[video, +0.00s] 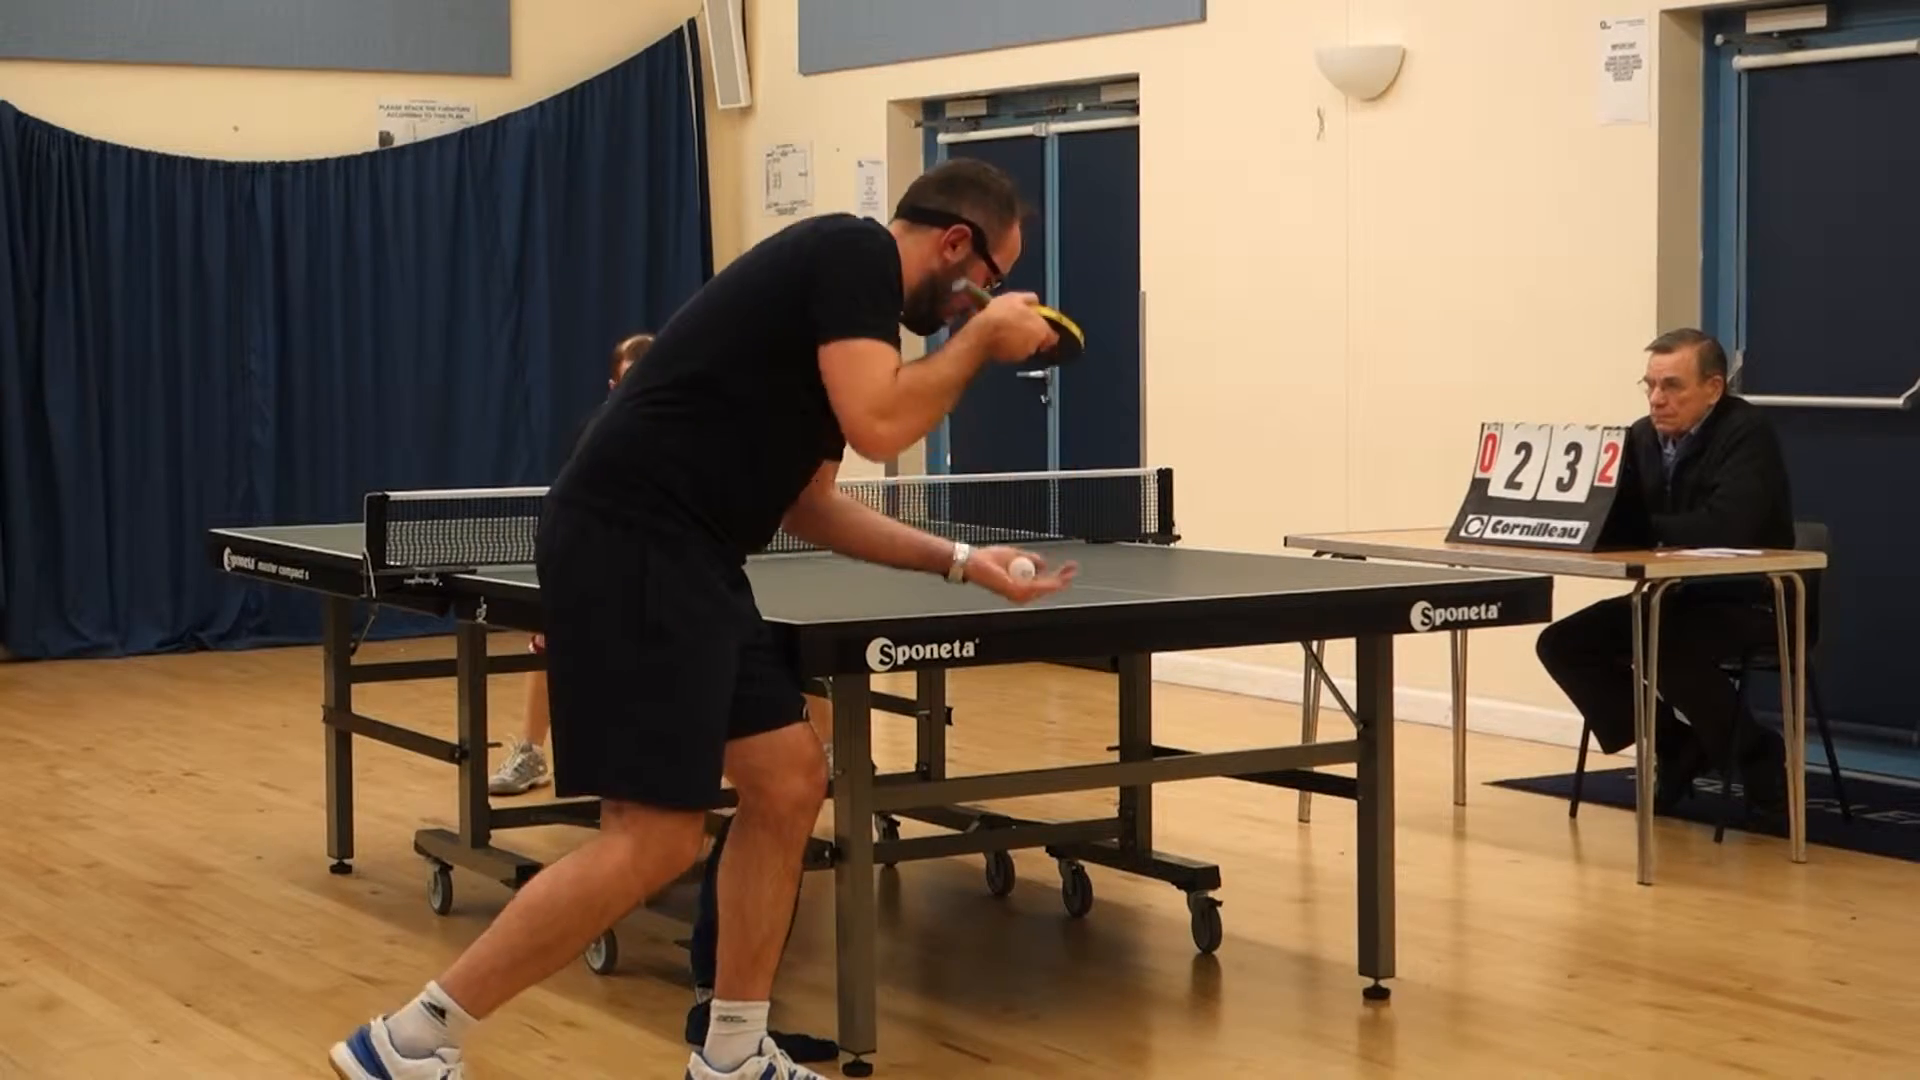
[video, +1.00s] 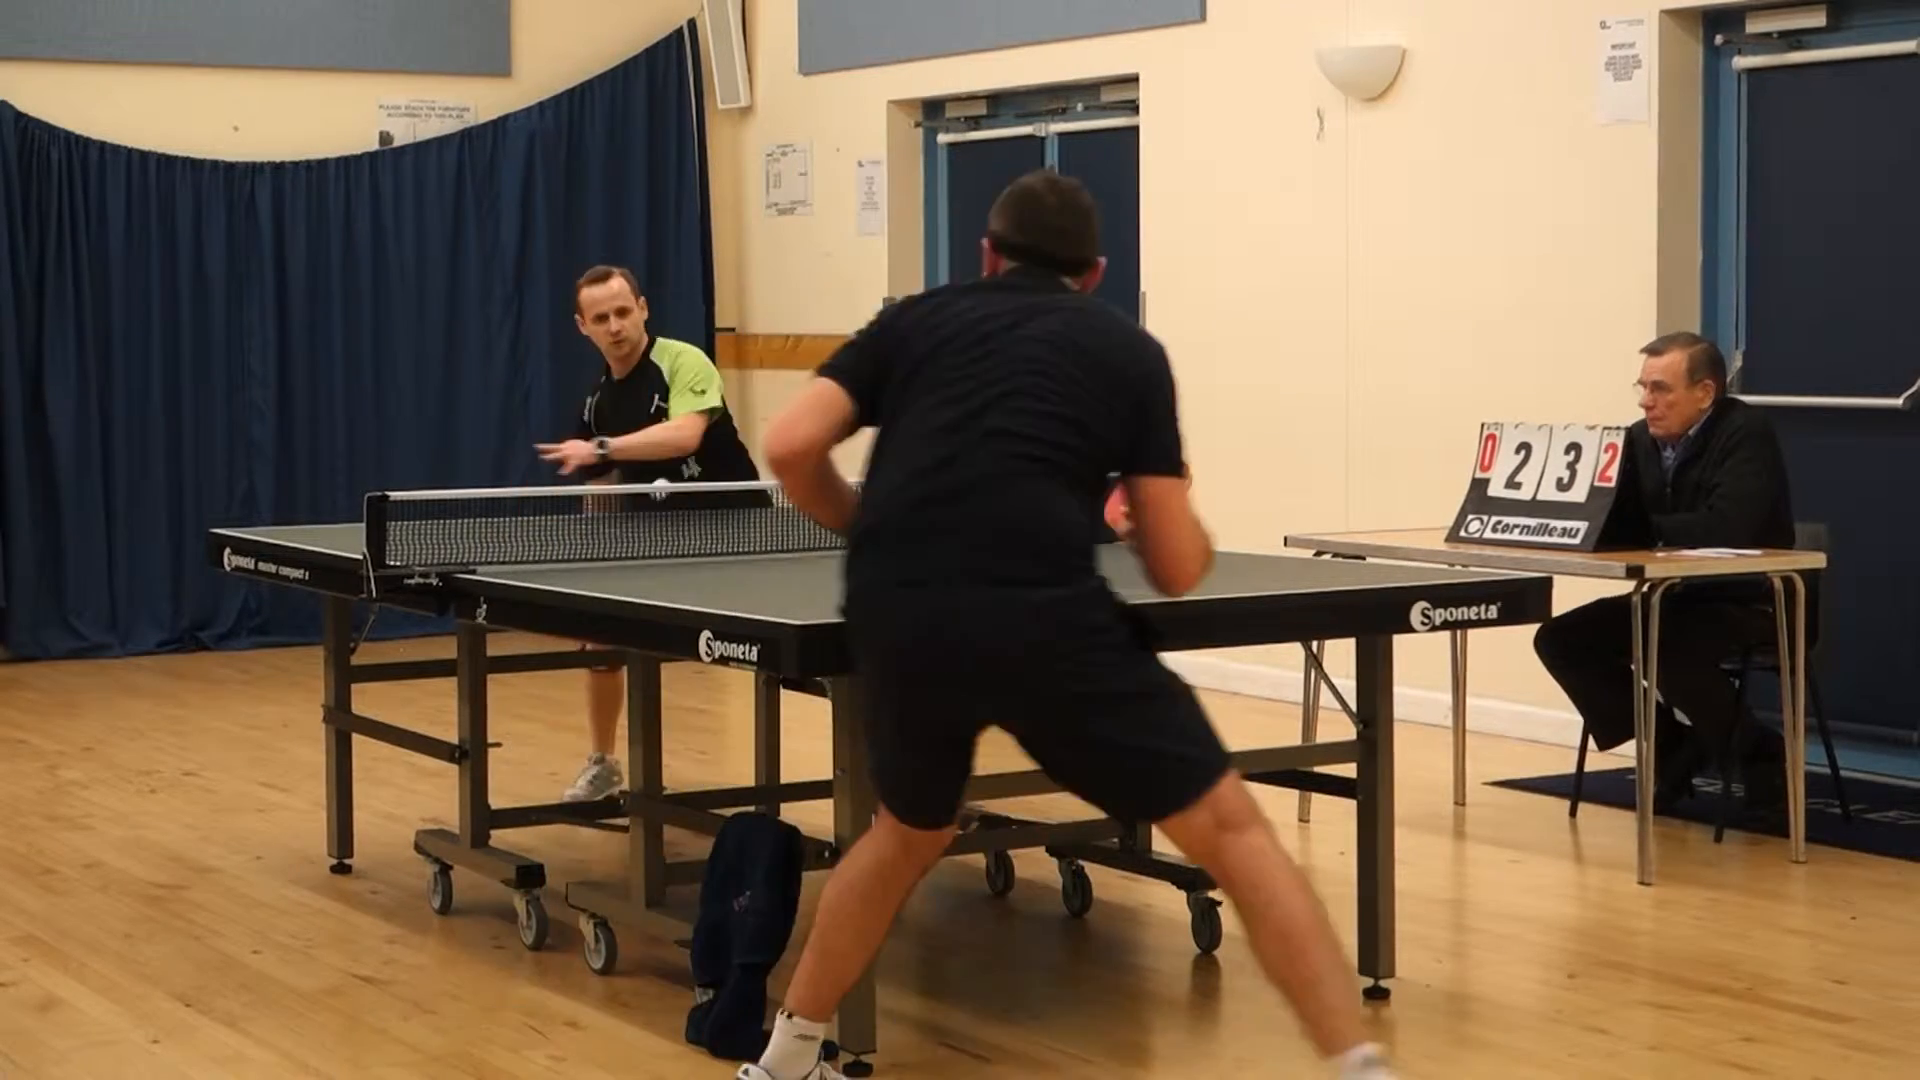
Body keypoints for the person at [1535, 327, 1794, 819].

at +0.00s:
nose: (1656, 398)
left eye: (1671, 385)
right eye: (1651, 384)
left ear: (1713, 388)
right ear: (1644, 385)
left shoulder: (1747, 434)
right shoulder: (1641, 437)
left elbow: (1732, 527)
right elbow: (1607, 515)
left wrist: (1637, 531)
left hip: (1756, 599)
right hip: (1673, 595)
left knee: (1667, 644)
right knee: (1562, 644)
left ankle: (1758, 753)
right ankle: (1673, 742)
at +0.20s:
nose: (1656, 398)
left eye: (1671, 385)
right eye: (1651, 384)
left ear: (1713, 388)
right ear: (1644, 385)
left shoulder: (1747, 434)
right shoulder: (1641, 437)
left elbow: (1733, 527)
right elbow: (1607, 515)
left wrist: (1637, 531)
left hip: (1757, 599)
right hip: (1673, 595)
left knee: (1667, 644)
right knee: (1562, 644)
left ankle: (1758, 753)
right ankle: (1674, 742)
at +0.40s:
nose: (1656, 398)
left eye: (1671, 385)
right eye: (1651, 384)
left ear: (1713, 388)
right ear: (1644, 385)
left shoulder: (1747, 433)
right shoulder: (1642, 437)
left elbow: (1733, 526)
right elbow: (1607, 513)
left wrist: (1638, 531)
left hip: (1756, 600)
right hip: (1673, 595)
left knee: (1665, 644)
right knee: (1562, 644)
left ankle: (1757, 753)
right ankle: (1674, 741)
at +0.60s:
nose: (1654, 400)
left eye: (1668, 387)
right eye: (1648, 386)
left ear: (1711, 389)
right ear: (1642, 386)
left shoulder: (1747, 433)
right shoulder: (1640, 438)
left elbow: (1732, 528)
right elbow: (1612, 519)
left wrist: (1639, 531)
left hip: (1756, 600)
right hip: (1674, 596)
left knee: (1669, 647)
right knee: (1561, 643)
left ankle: (1757, 751)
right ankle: (1673, 739)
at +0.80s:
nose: (1651, 400)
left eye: (1666, 387)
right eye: (1647, 386)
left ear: (1709, 391)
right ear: (1641, 387)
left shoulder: (1747, 434)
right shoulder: (1640, 438)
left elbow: (1732, 527)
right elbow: (1614, 522)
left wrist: (1641, 531)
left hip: (1757, 600)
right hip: (1675, 596)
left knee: (1669, 647)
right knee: (1562, 643)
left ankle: (1760, 753)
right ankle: (1673, 740)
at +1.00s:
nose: (1647, 400)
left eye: (1661, 388)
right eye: (1644, 387)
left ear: (1706, 393)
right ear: (1639, 388)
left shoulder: (1746, 435)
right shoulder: (1639, 440)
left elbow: (1734, 528)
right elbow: (1611, 521)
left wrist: (1641, 532)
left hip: (1758, 601)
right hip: (1675, 597)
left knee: (1669, 646)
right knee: (1560, 639)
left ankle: (1760, 753)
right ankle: (1671, 741)